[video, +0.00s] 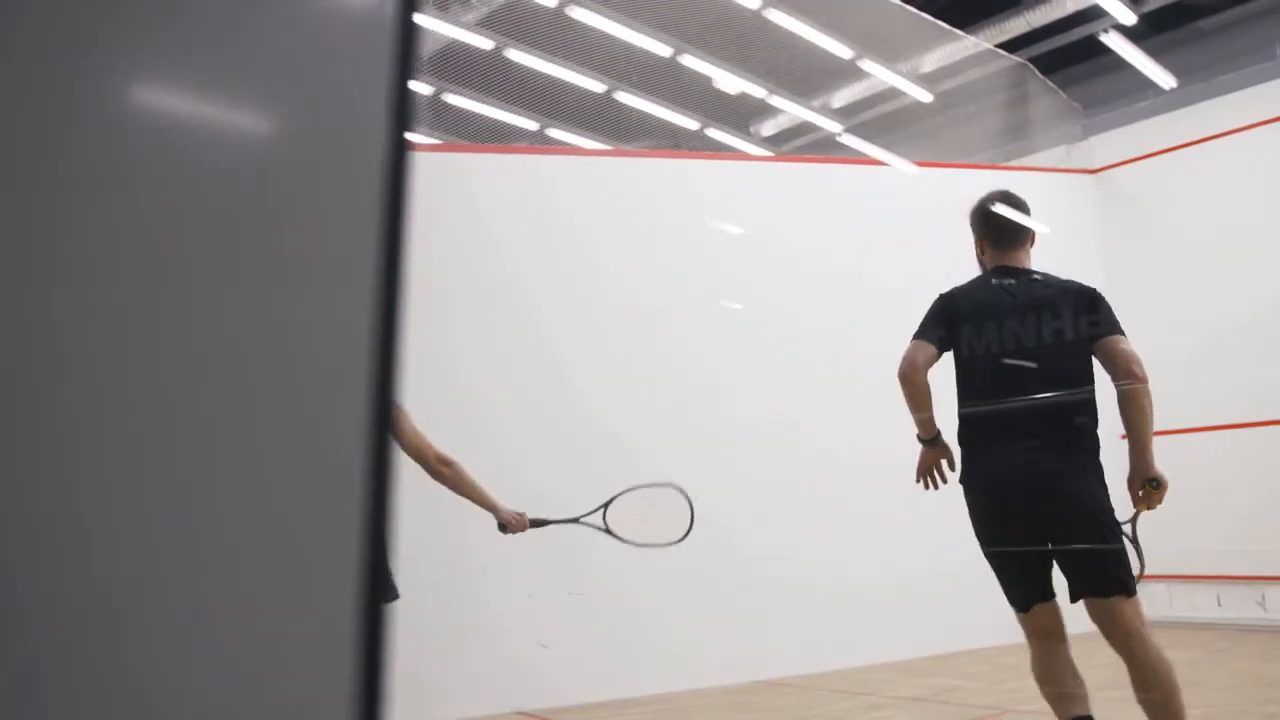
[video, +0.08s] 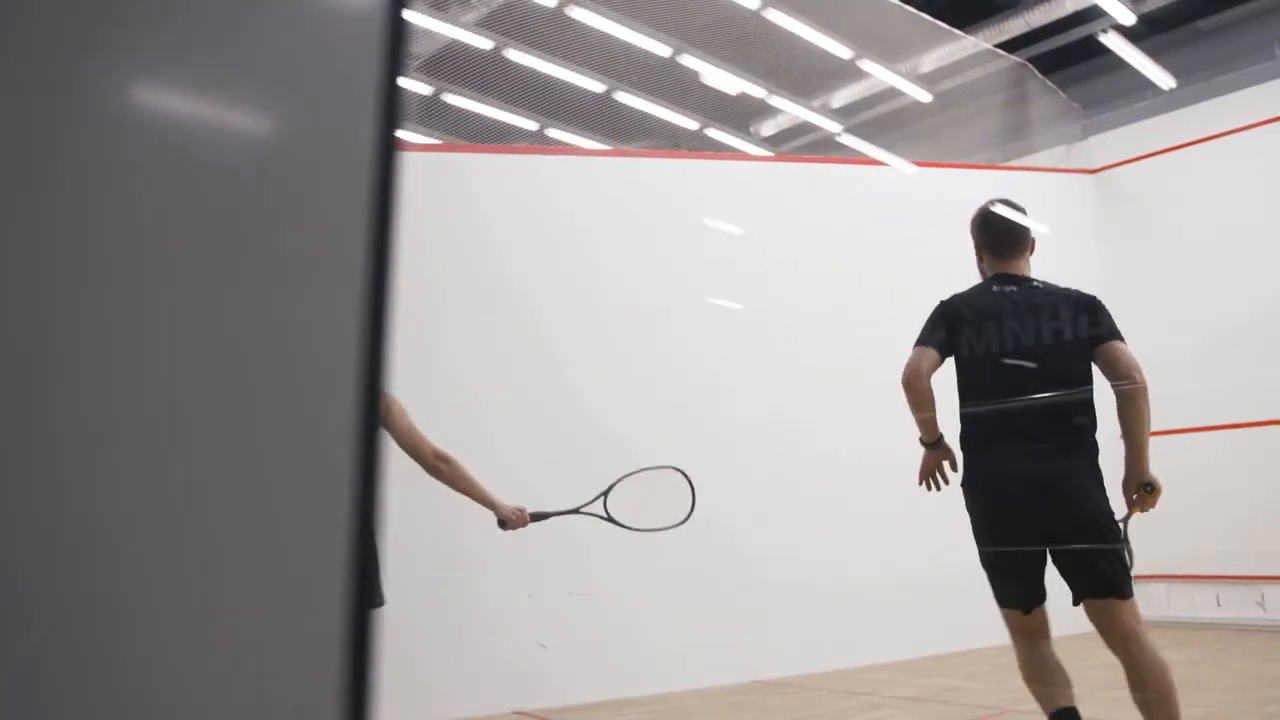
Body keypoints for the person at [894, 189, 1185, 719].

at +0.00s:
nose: (975, 252)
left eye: (975, 244)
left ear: (978, 245)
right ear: (1031, 240)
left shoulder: (956, 304)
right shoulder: (1079, 297)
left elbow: (911, 368)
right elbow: (1130, 375)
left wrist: (929, 437)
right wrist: (1143, 464)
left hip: (995, 492)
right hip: (1073, 485)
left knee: (1044, 634)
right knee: (1128, 628)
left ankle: (1078, 717)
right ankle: (1173, 715)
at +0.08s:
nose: (975, 257)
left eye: (974, 250)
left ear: (977, 252)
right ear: (1031, 248)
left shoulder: (956, 310)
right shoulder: (1079, 305)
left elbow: (914, 375)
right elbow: (1129, 380)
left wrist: (932, 441)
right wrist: (1138, 470)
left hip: (997, 498)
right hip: (1074, 491)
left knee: (1030, 635)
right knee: (1126, 630)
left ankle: (1065, 714)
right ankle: (1168, 716)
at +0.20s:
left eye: (974, 265)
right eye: (1024, 260)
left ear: (973, 268)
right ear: (1028, 265)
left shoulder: (955, 328)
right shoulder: (1078, 323)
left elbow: (920, 393)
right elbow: (1130, 397)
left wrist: (932, 455)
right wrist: (1131, 483)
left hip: (999, 515)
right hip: (1075, 508)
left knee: (1002, 638)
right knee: (1124, 635)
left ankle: (1044, 713)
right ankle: (1163, 716)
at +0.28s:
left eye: (970, 272)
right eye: (1020, 268)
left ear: (968, 276)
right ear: (1023, 274)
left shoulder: (952, 337)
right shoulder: (1071, 332)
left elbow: (923, 405)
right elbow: (1125, 409)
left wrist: (932, 466)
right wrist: (1123, 493)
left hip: (995, 517)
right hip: (1072, 512)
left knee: (982, 636)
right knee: (1121, 637)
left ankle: (1025, 713)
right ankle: (1160, 718)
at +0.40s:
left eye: (955, 283)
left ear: (955, 288)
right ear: (1008, 283)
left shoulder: (942, 346)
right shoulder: (1059, 341)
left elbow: (921, 412)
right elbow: (1110, 420)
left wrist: (927, 483)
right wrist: (1099, 493)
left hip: (987, 520)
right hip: (1064, 515)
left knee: (950, 630)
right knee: (1115, 637)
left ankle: (983, 713)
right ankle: (1152, 716)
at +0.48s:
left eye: (940, 289)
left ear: (943, 294)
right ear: (995, 289)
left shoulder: (934, 350)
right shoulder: (1049, 345)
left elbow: (914, 416)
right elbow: (1098, 423)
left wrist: (919, 489)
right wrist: (1082, 494)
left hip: (980, 523)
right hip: (1057, 520)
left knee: (927, 626)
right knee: (1108, 636)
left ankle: (950, 715)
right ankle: (1149, 718)